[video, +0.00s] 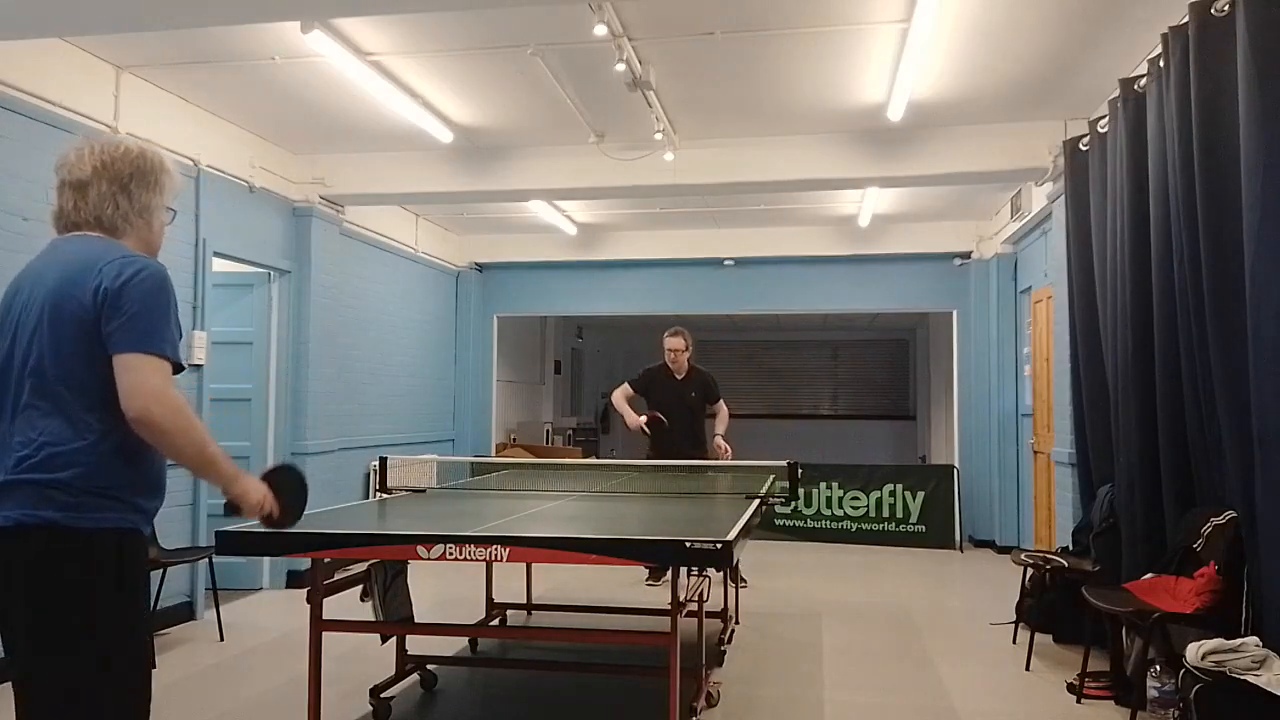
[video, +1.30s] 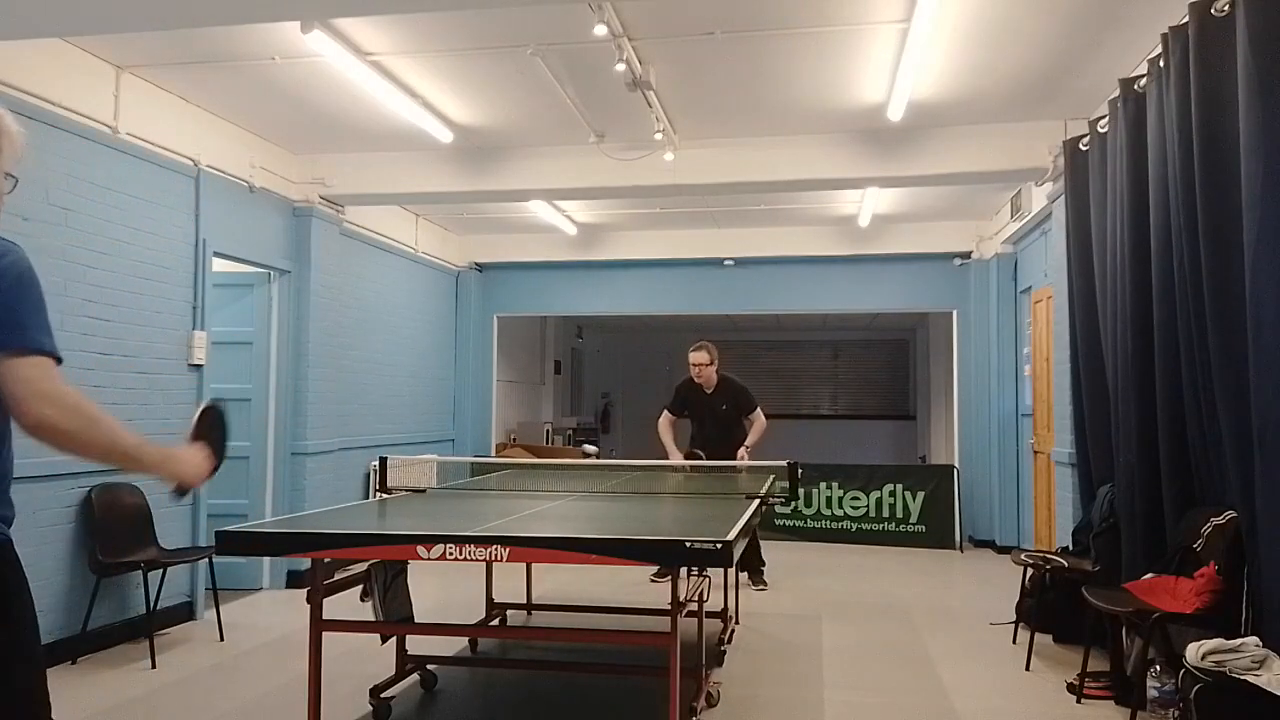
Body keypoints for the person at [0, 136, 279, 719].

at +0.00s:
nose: (166, 230)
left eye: (167, 216)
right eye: (164, 214)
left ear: (75, 206)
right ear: (134, 208)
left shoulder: (26, 279)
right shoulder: (132, 272)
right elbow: (147, 403)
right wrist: (234, 481)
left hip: (17, 533)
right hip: (87, 536)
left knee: (41, 703)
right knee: (105, 703)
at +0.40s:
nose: (152, 218)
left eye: (156, 204)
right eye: (151, 202)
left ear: (52, 185)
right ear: (119, 194)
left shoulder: (12, 248)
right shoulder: (120, 263)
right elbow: (144, 405)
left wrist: (121, 504)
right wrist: (187, 503)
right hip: (59, 547)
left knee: (21, 699)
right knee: (76, 705)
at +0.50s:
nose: (139, 223)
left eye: (144, 209)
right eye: (139, 206)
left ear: (37, 185)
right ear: (109, 197)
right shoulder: (112, 270)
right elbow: (136, 416)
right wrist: (146, 515)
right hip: (45, 548)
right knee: (62, 705)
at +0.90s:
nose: (62, 223)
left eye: (65, 210)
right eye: (62, 209)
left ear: (6, 194)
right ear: (34, 201)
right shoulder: (48, 281)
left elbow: (142, 432)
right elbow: (144, 434)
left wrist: (135, 471)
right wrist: (134, 476)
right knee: (11, 704)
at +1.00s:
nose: (45, 218)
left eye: (47, 204)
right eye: (44, 203)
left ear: (10, 193)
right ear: (23, 198)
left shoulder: (37, 282)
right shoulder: (36, 279)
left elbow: (128, 405)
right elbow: (129, 408)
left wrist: (232, 390)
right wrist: (235, 387)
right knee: (9, 698)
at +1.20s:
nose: (15, 200)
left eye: (17, 184)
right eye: (14, 182)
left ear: (15, 183)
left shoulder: (16, 266)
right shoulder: (11, 266)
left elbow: (78, 396)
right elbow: (81, 398)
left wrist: (202, 419)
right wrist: (208, 420)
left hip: (3, 548)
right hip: (1, 549)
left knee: (19, 696)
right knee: (16, 699)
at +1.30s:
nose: (8, 193)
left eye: (9, 178)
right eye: (7, 177)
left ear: (11, 177)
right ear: (2, 175)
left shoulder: (10, 261)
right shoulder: (6, 261)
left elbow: (36, 400)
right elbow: (36, 402)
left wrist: (163, 461)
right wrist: (168, 460)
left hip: (5, 548)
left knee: (24, 698)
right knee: (22, 703)